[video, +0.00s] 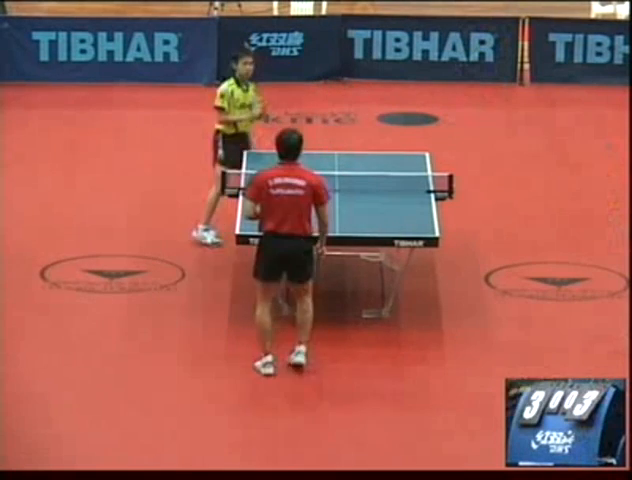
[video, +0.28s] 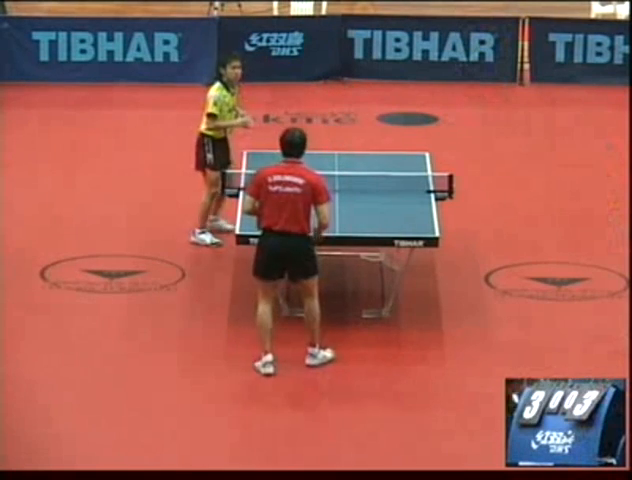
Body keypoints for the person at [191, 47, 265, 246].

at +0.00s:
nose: (249, 68)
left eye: (251, 64)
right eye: (245, 64)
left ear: (253, 67)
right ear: (235, 66)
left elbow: (260, 111)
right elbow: (221, 117)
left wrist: (263, 113)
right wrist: (248, 116)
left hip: (245, 135)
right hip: (228, 135)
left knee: (246, 179)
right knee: (221, 183)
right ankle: (204, 226)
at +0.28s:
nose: (238, 72)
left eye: (239, 68)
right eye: (233, 68)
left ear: (241, 71)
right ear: (222, 71)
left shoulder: (233, 90)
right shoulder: (216, 93)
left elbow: (234, 109)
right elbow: (211, 123)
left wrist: (243, 116)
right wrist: (237, 123)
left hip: (223, 136)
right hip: (209, 137)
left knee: (224, 180)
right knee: (213, 186)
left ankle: (215, 217)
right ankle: (200, 229)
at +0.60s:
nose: (225, 71)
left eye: (227, 67)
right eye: (221, 67)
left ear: (229, 69)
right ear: (211, 69)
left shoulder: (218, 90)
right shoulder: (206, 91)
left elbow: (222, 110)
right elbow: (201, 121)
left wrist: (235, 117)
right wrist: (228, 120)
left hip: (211, 137)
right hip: (202, 138)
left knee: (202, 182)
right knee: (209, 183)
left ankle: (190, 222)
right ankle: (200, 228)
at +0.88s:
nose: (221, 70)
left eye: (223, 66)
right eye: (217, 66)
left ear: (223, 67)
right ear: (206, 66)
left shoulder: (212, 88)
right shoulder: (201, 89)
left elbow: (216, 110)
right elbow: (199, 118)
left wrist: (233, 116)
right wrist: (225, 119)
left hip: (207, 134)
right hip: (198, 135)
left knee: (199, 181)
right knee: (204, 182)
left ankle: (190, 222)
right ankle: (199, 228)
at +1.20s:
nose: (225, 71)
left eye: (226, 67)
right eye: (222, 67)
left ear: (213, 68)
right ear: (210, 66)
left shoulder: (203, 84)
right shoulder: (207, 88)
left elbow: (210, 111)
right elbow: (217, 118)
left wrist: (226, 116)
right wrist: (244, 134)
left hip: (197, 133)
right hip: (202, 135)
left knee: (199, 179)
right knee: (221, 180)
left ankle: (190, 221)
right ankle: (211, 226)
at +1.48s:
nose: (250, 83)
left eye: (250, 79)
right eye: (248, 79)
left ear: (234, 79)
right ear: (237, 78)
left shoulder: (218, 92)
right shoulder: (231, 95)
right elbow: (249, 122)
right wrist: (278, 138)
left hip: (201, 139)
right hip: (212, 141)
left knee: (207, 183)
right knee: (232, 182)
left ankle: (190, 221)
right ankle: (242, 226)